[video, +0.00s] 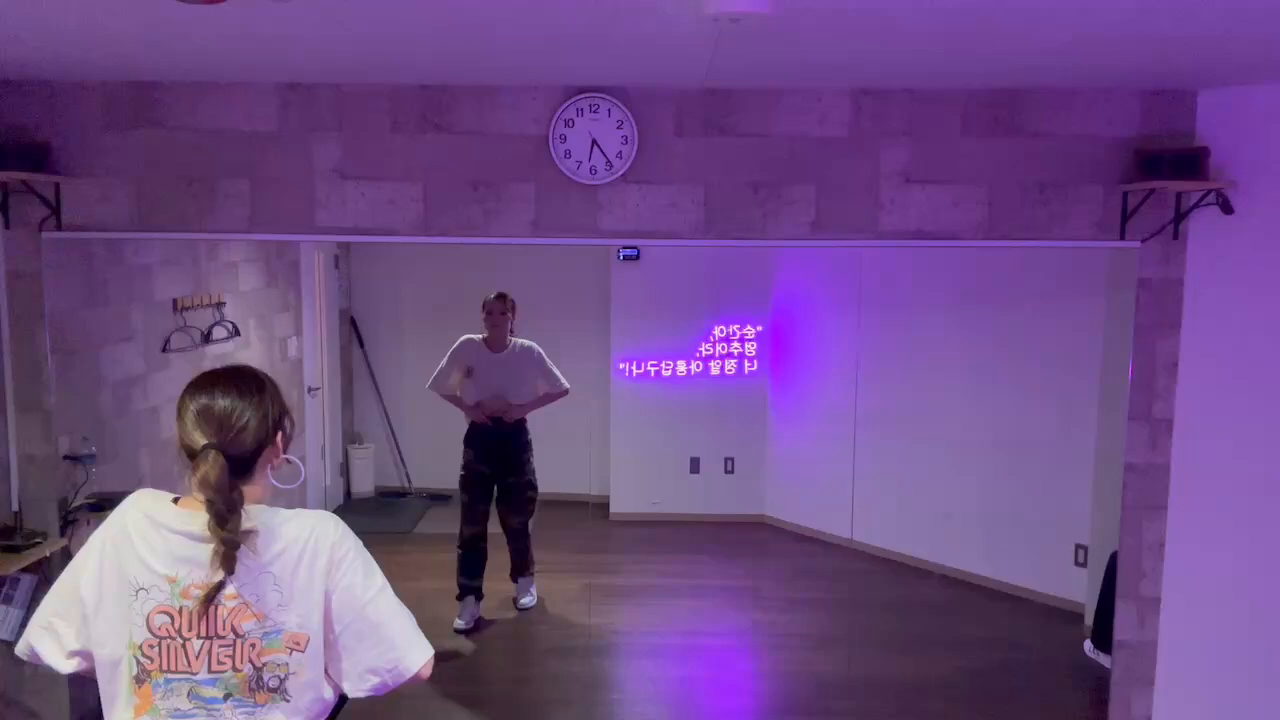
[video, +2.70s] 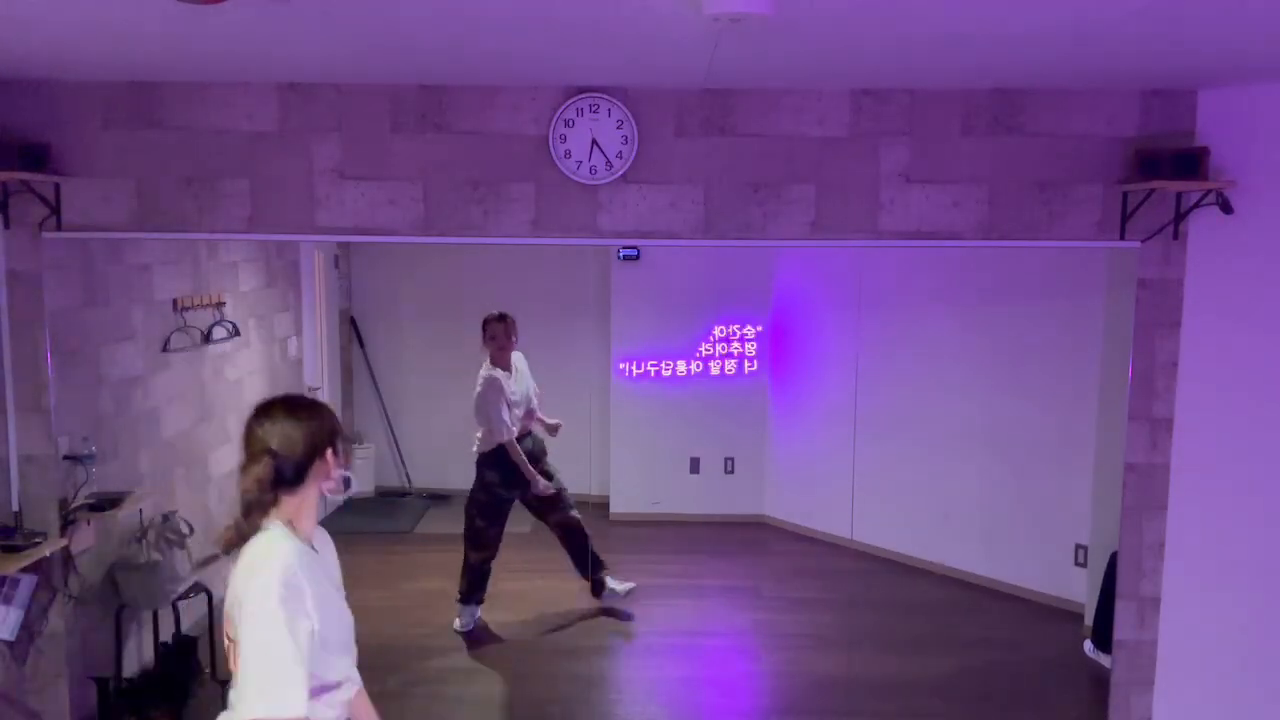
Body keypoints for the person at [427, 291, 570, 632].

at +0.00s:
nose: (493, 319)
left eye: (499, 313)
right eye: (488, 313)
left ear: (512, 318)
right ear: (482, 317)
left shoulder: (528, 352)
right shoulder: (468, 347)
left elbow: (560, 388)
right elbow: (439, 386)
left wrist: (522, 409)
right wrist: (468, 408)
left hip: (514, 441)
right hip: (479, 440)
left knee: (516, 518)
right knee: (472, 521)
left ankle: (524, 583)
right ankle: (470, 599)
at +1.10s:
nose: (474, 313)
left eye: (481, 309)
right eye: (469, 307)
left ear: (490, 319)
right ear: (458, 314)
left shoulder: (505, 355)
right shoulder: (439, 355)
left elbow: (539, 392)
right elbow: (400, 396)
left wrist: (508, 403)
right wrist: (426, 402)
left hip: (495, 448)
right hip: (456, 448)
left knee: (494, 526)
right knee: (459, 527)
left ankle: (493, 600)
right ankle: (468, 602)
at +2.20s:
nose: (462, 320)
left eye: (468, 314)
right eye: (455, 315)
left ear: (478, 319)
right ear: (446, 321)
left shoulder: (498, 353)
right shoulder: (434, 363)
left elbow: (507, 404)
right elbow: (437, 416)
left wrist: (489, 409)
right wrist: (474, 413)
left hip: (494, 442)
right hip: (457, 446)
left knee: (500, 519)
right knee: (459, 524)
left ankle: (490, 548)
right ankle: (468, 597)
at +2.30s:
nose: (463, 321)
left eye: (468, 314)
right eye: (456, 316)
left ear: (479, 317)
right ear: (447, 321)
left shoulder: (502, 352)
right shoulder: (438, 362)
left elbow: (517, 401)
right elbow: (444, 416)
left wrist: (506, 424)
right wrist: (484, 432)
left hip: (499, 446)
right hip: (461, 448)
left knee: (501, 529)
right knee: (462, 529)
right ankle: (468, 601)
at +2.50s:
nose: (471, 321)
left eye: (476, 314)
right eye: (463, 317)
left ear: (487, 318)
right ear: (457, 323)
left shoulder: (509, 350)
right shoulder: (458, 363)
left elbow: (524, 399)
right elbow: (473, 418)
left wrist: (536, 444)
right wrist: (487, 462)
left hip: (511, 437)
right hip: (474, 444)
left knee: (540, 519)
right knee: (469, 525)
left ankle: (502, 512)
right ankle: (469, 600)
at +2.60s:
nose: (483, 326)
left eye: (488, 318)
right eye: (475, 321)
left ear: (499, 321)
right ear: (468, 327)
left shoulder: (513, 350)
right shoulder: (474, 365)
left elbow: (523, 395)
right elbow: (488, 419)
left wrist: (539, 428)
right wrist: (500, 464)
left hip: (518, 441)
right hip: (483, 448)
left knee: (557, 511)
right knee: (477, 528)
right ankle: (469, 601)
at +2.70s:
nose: (499, 343)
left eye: (504, 337)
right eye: (492, 338)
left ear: (513, 338)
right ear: (484, 341)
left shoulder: (519, 361)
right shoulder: (489, 381)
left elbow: (528, 402)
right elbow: (505, 437)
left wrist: (543, 422)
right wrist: (533, 477)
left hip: (527, 452)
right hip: (497, 460)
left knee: (565, 517)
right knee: (482, 534)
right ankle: (469, 606)